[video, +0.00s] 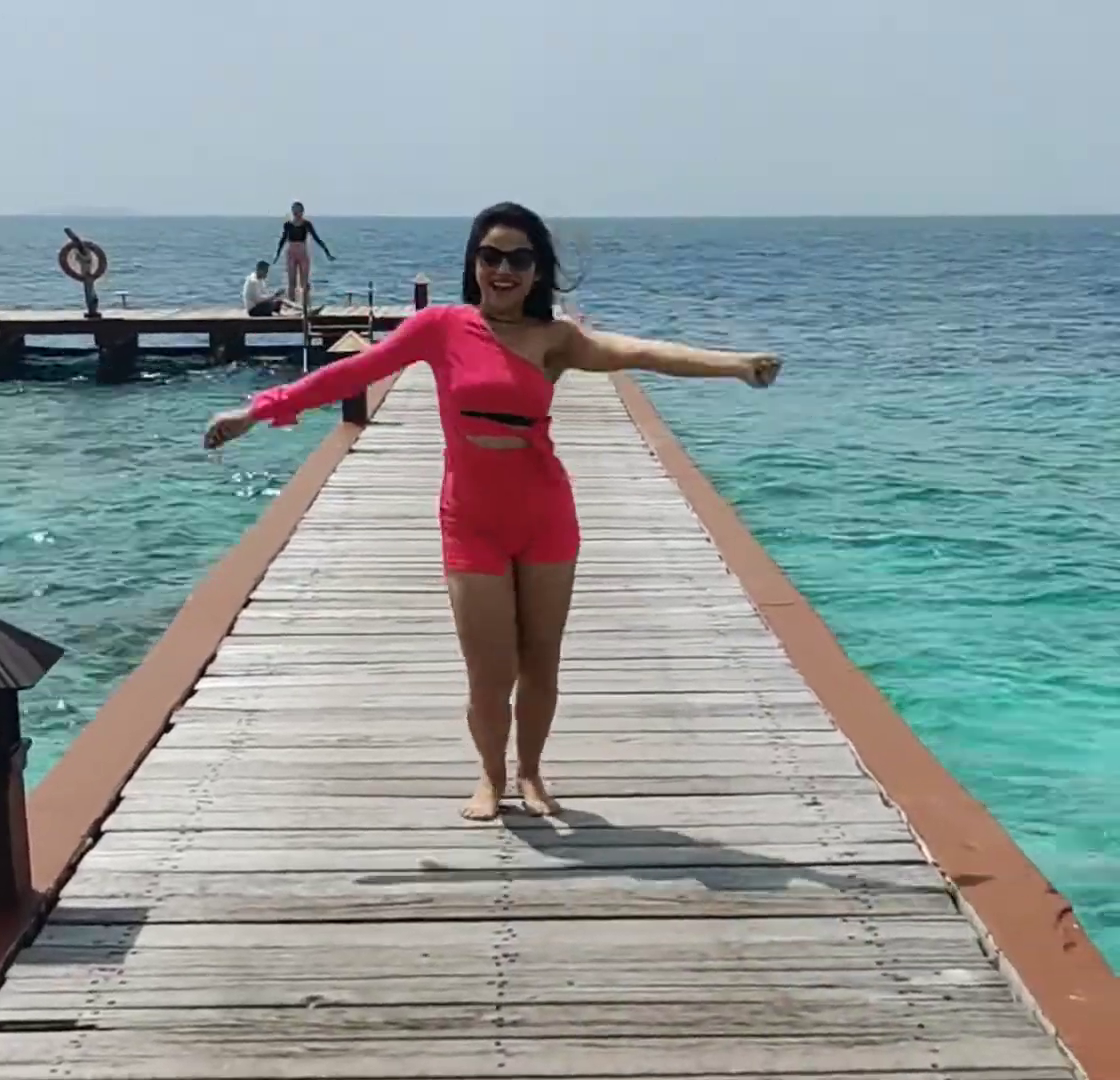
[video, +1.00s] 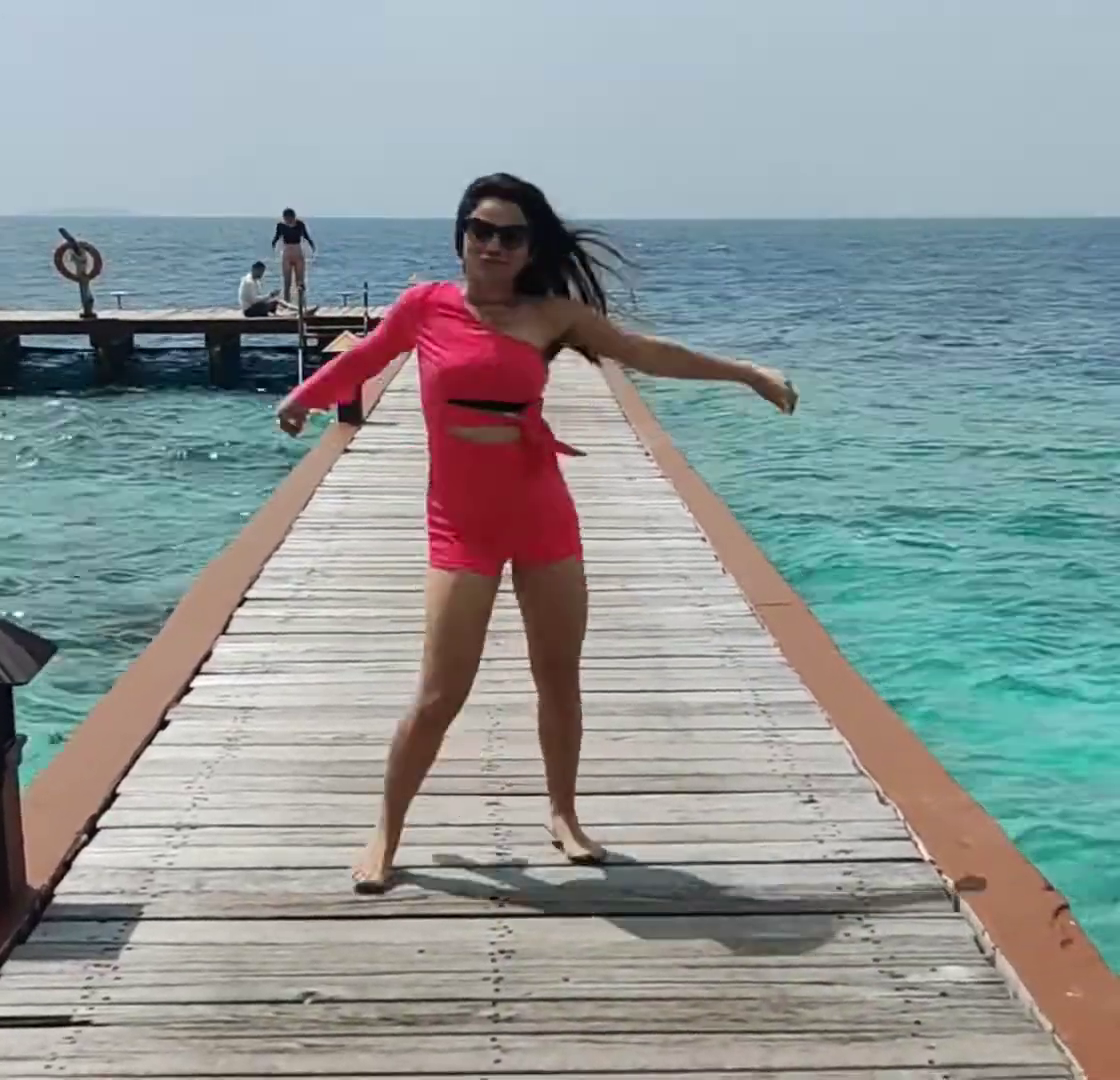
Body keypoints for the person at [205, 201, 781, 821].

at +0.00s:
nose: (504, 269)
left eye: (519, 259)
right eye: (490, 257)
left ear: (540, 268)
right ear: (472, 263)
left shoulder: (559, 338)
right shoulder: (441, 326)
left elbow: (645, 354)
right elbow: (349, 372)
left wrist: (738, 365)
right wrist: (257, 411)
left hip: (548, 516)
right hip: (471, 521)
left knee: (541, 664)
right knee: (489, 677)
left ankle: (531, 773)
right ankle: (493, 780)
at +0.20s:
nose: (495, 261)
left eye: (511, 251)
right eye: (483, 247)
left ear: (530, 259)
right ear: (464, 252)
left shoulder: (548, 308)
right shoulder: (444, 327)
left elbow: (523, 356)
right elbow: (481, 409)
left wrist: (488, 394)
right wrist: (531, 474)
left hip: (529, 503)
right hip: (451, 505)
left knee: (536, 646)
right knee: (471, 660)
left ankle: (529, 719)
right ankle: (480, 782)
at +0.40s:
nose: (482, 249)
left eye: (496, 235)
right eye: (470, 236)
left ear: (526, 234)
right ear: (459, 239)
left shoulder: (551, 275)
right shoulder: (452, 302)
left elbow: (531, 342)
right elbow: (486, 396)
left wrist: (439, 351)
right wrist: (579, 372)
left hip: (524, 485)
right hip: (448, 483)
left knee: (519, 636)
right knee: (459, 643)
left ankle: (546, 775)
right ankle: (470, 773)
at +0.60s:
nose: (480, 300)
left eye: (494, 285)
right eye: (469, 287)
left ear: (528, 277)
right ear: (463, 283)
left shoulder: (564, 318)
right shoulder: (470, 350)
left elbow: (607, 384)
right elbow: (434, 440)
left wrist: (514, 419)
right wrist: (494, 465)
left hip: (534, 540)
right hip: (460, 532)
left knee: (533, 694)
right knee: (463, 669)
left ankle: (561, 823)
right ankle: (481, 770)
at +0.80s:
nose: (500, 259)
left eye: (517, 248)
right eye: (488, 247)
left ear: (545, 254)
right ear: (474, 255)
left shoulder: (576, 318)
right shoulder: (461, 339)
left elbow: (652, 402)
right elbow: (412, 433)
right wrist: (358, 509)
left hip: (556, 523)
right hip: (476, 517)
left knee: (550, 689)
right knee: (413, 662)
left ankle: (564, 823)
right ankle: (446, 760)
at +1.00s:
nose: (495, 245)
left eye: (512, 235)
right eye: (481, 231)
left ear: (533, 244)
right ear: (460, 236)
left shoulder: (556, 313)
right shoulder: (425, 306)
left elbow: (645, 354)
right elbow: (358, 360)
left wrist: (749, 374)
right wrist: (300, 400)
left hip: (543, 513)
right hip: (460, 518)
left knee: (560, 679)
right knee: (440, 696)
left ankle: (564, 815)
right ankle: (385, 834)